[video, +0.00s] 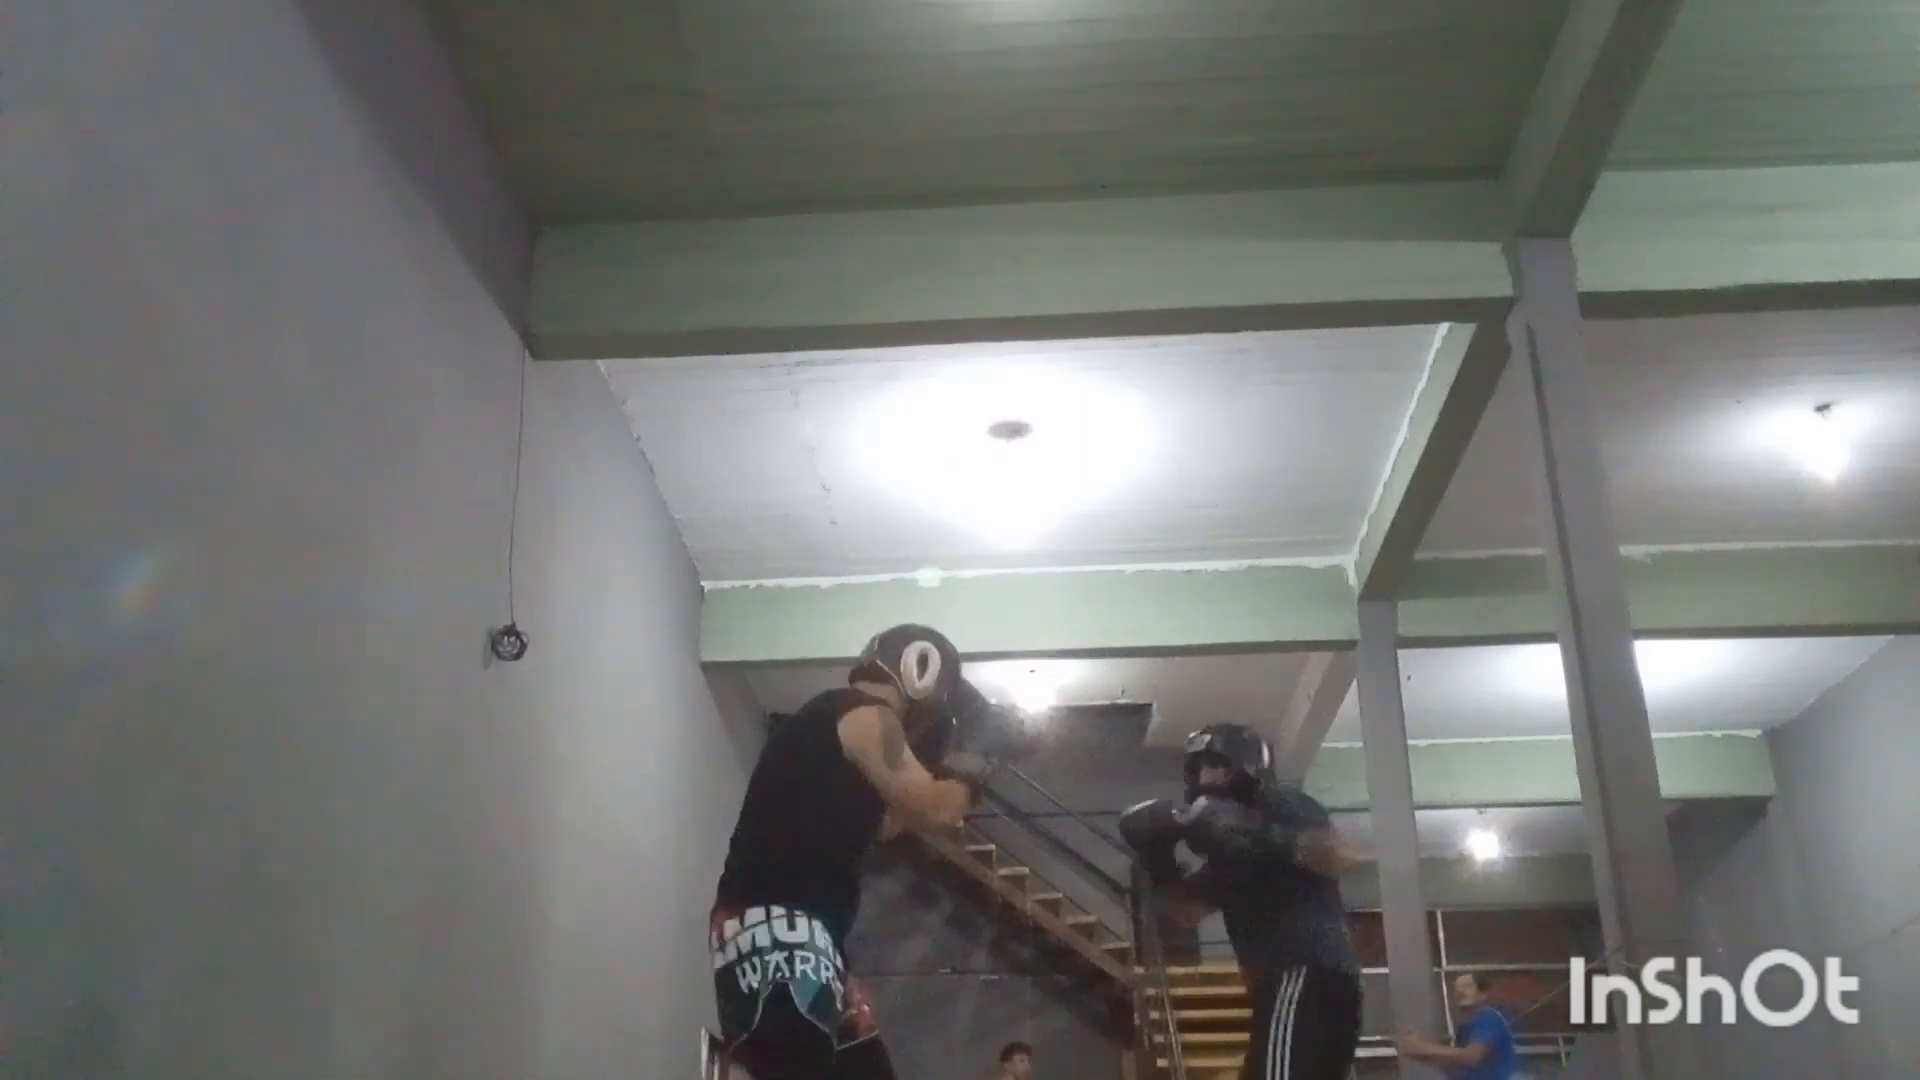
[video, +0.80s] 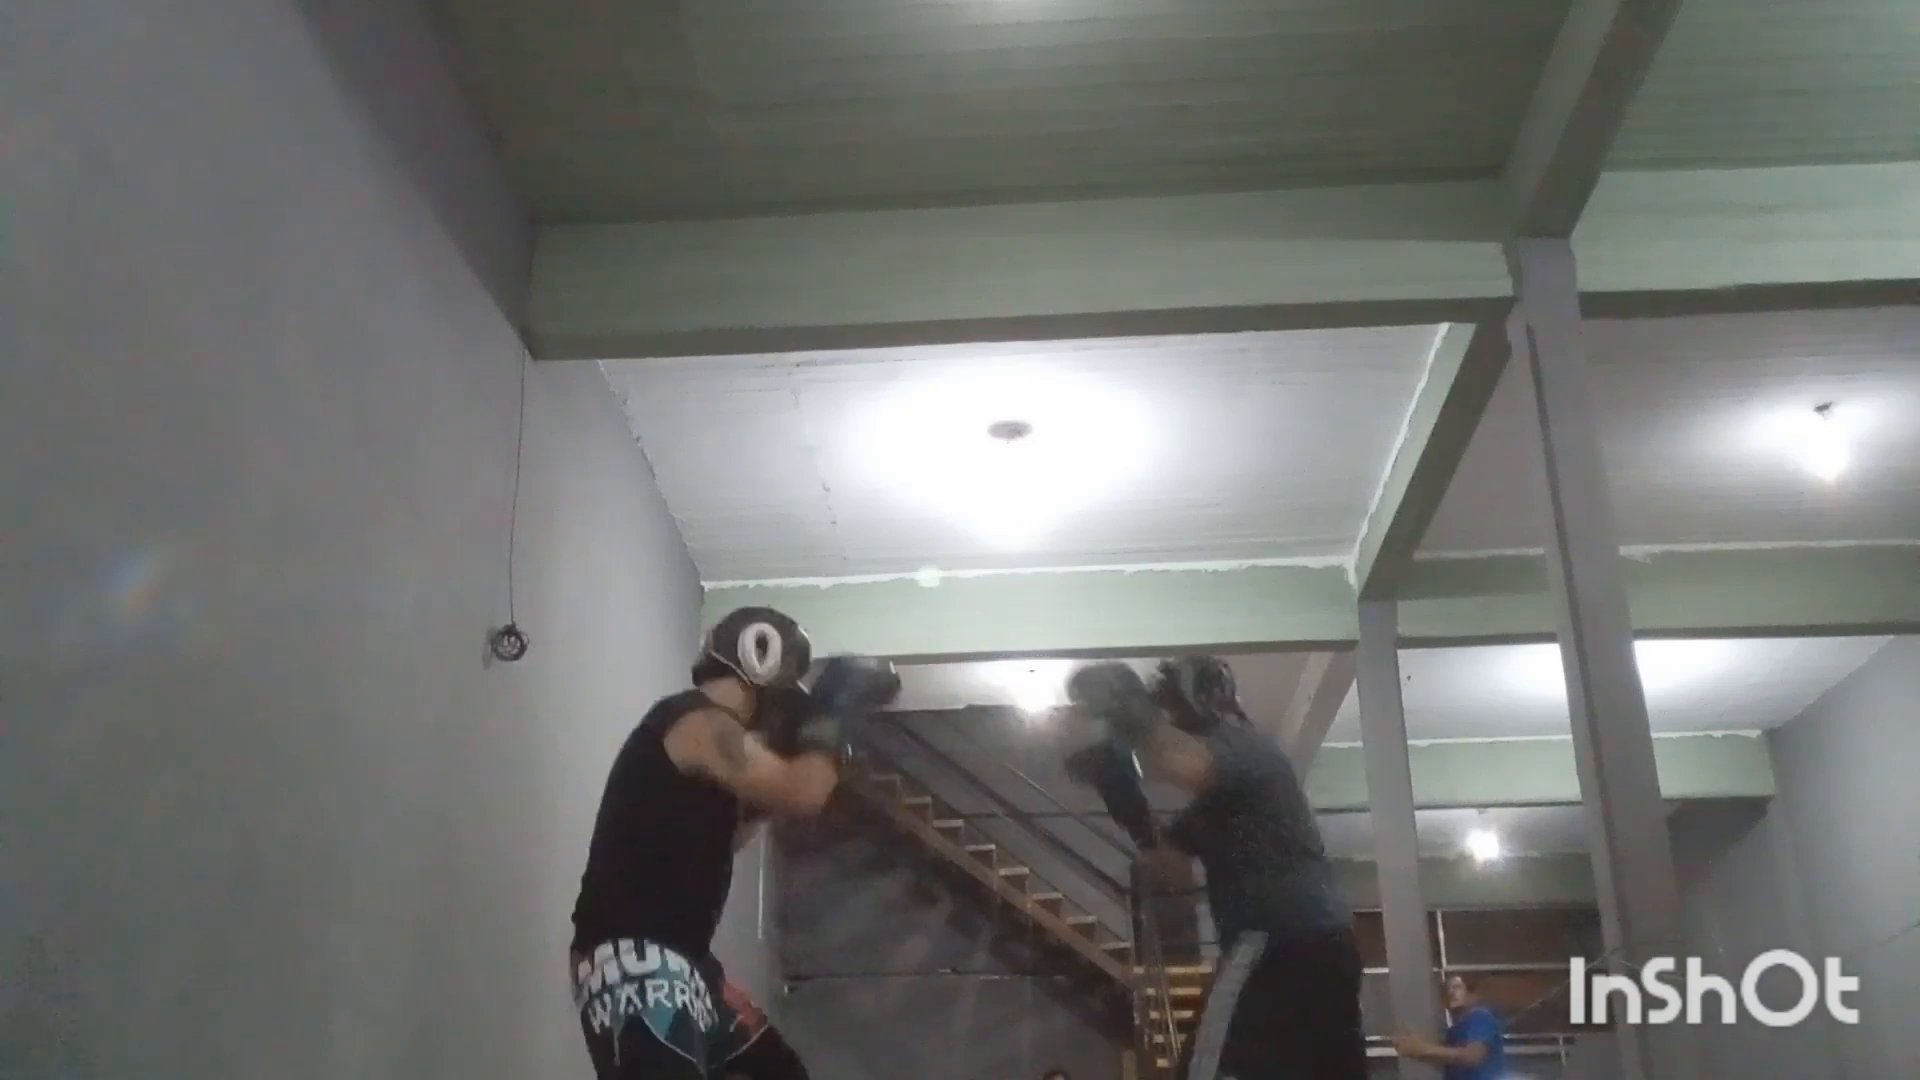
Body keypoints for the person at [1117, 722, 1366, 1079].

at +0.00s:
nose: (1202, 780)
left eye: (1213, 767)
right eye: (1197, 769)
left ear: (1243, 769)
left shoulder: (1287, 804)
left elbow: (1322, 853)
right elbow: (1184, 907)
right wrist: (1155, 846)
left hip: (1311, 973)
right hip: (1279, 978)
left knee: (1278, 1070)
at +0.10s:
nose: (1182, 782)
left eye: (1191, 768)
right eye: (1180, 771)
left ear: (1220, 769)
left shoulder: (1267, 799)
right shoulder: (1223, 845)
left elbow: (1301, 848)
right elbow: (1186, 927)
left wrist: (1215, 808)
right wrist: (1147, 861)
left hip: (1306, 979)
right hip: (1273, 986)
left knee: (1263, 1072)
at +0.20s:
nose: (1176, 755)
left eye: (1183, 742)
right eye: (1173, 746)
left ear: (1215, 744)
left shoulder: (1257, 786)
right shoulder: (1219, 825)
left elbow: (1233, 820)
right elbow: (1183, 915)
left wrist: (1161, 766)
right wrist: (1141, 862)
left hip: (1299, 966)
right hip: (1267, 974)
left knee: (1248, 1072)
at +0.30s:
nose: (1175, 743)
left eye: (1183, 730)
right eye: (1175, 732)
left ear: (1208, 732)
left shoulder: (1254, 773)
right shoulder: (1223, 796)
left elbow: (1207, 805)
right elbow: (1176, 879)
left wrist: (1158, 744)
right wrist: (1132, 829)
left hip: (1299, 958)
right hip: (1270, 962)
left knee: (1246, 1072)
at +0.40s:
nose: (1176, 719)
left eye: (1183, 708)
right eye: (1177, 710)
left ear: (1208, 709)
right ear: (1226, 711)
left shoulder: (1263, 752)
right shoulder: (1221, 787)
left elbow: (1207, 765)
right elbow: (1145, 834)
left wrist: (1163, 710)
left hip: (1298, 949)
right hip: (1273, 953)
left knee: (1244, 1073)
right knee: (1288, 1073)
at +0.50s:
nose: (1179, 729)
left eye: (1187, 718)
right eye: (1180, 721)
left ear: (1211, 716)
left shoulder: (1277, 756)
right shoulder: (1227, 796)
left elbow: (1242, 777)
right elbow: (1154, 842)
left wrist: (1178, 718)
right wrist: (1126, 766)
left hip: (1305, 951)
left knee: (1241, 1069)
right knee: (1321, 1073)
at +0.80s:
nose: (1164, 719)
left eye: (1168, 705)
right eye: (1161, 708)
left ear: (1191, 701)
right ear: (1221, 698)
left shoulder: (1238, 744)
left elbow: (1186, 764)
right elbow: (1166, 856)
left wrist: (1127, 710)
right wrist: (1113, 776)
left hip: (1281, 944)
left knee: (1212, 1069)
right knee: (1328, 1070)